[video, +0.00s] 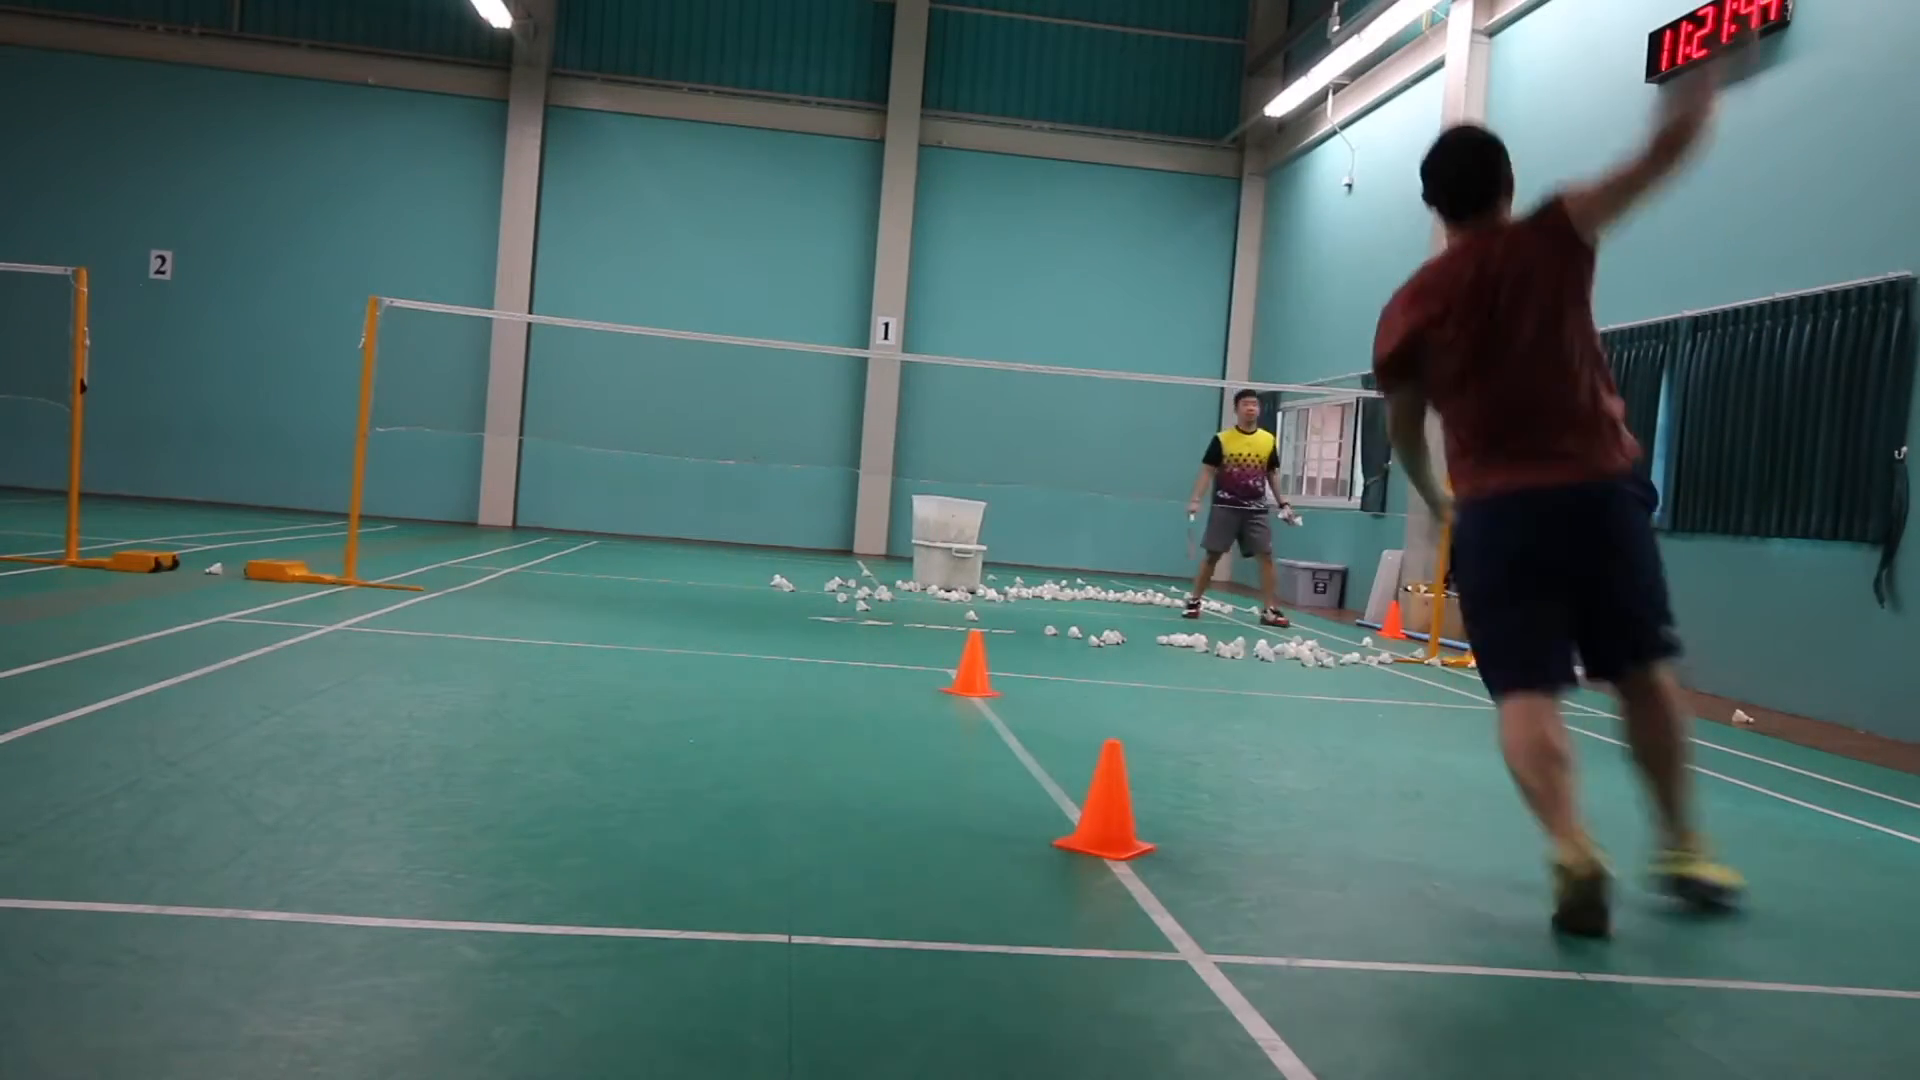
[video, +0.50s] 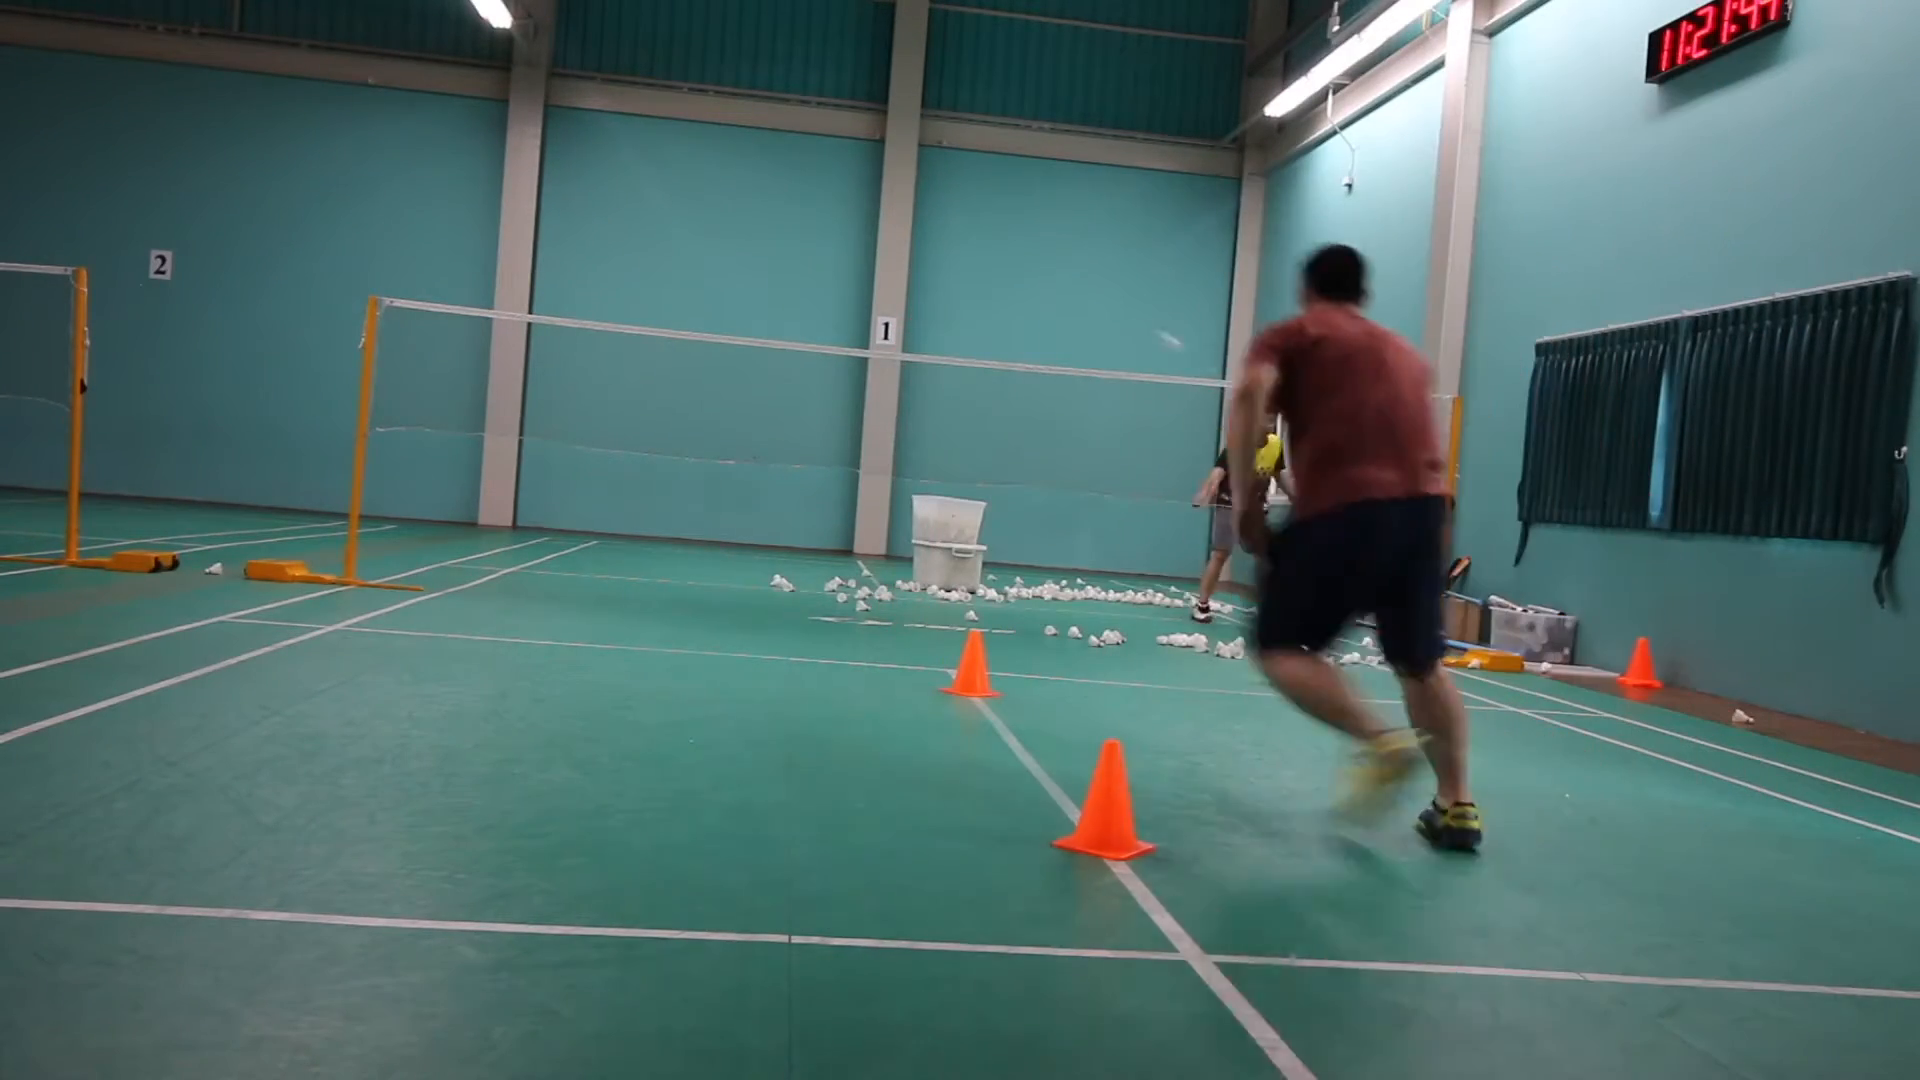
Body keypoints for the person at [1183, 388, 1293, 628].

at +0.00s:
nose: (1251, 409)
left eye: (1254, 405)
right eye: (1246, 404)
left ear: (1259, 410)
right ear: (1236, 409)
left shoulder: (1268, 441)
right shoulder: (1222, 439)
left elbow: (1272, 474)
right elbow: (1207, 471)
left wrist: (1281, 502)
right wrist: (1195, 499)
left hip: (1256, 509)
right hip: (1226, 507)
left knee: (1266, 556)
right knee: (1213, 556)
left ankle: (1270, 609)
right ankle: (1195, 600)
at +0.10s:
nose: (1266, 410)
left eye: (1270, 406)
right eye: (1261, 406)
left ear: (1275, 412)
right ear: (1252, 410)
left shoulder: (1282, 443)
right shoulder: (1237, 440)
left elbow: (1286, 477)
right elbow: (1223, 474)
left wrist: (1298, 508)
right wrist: (1219, 507)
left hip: (1268, 511)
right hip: (1238, 509)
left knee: (1275, 556)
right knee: (1221, 554)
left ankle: (1270, 609)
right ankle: (1196, 598)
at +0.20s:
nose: (1277, 415)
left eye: (1281, 411)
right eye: (1272, 410)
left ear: (1285, 415)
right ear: (1262, 413)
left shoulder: (1289, 444)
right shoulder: (1246, 443)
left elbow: (1293, 478)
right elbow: (1233, 478)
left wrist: (1308, 507)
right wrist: (1237, 510)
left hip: (1273, 512)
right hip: (1245, 509)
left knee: (1278, 557)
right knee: (1223, 554)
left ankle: (1271, 609)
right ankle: (1197, 597)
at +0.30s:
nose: (1282, 423)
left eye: (1286, 419)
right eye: (1278, 418)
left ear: (1289, 422)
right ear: (1267, 419)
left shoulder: (1292, 446)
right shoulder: (1250, 446)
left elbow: (1297, 478)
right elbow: (1235, 478)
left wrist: (1312, 504)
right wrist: (1255, 501)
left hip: (1272, 512)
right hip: (1242, 510)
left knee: (1277, 557)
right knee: (1223, 554)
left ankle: (1271, 609)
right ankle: (1200, 599)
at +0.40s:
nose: (1278, 428)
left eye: (1282, 423)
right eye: (1274, 422)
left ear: (1286, 425)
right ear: (1263, 423)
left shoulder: (1282, 451)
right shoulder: (1245, 448)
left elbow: (1285, 478)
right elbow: (1235, 480)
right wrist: (1242, 487)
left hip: (1269, 512)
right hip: (1241, 511)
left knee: (1273, 558)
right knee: (1223, 557)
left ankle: (1272, 609)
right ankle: (1204, 602)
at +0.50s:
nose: (1270, 420)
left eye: (1273, 415)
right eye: (1265, 414)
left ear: (1277, 419)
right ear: (1254, 416)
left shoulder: (1276, 445)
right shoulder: (1239, 441)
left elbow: (1279, 474)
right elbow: (1221, 467)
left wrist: (1295, 496)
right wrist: (1211, 488)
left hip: (1255, 505)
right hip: (1228, 502)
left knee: (1268, 554)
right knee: (1220, 553)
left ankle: (1270, 608)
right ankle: (1203, 602)